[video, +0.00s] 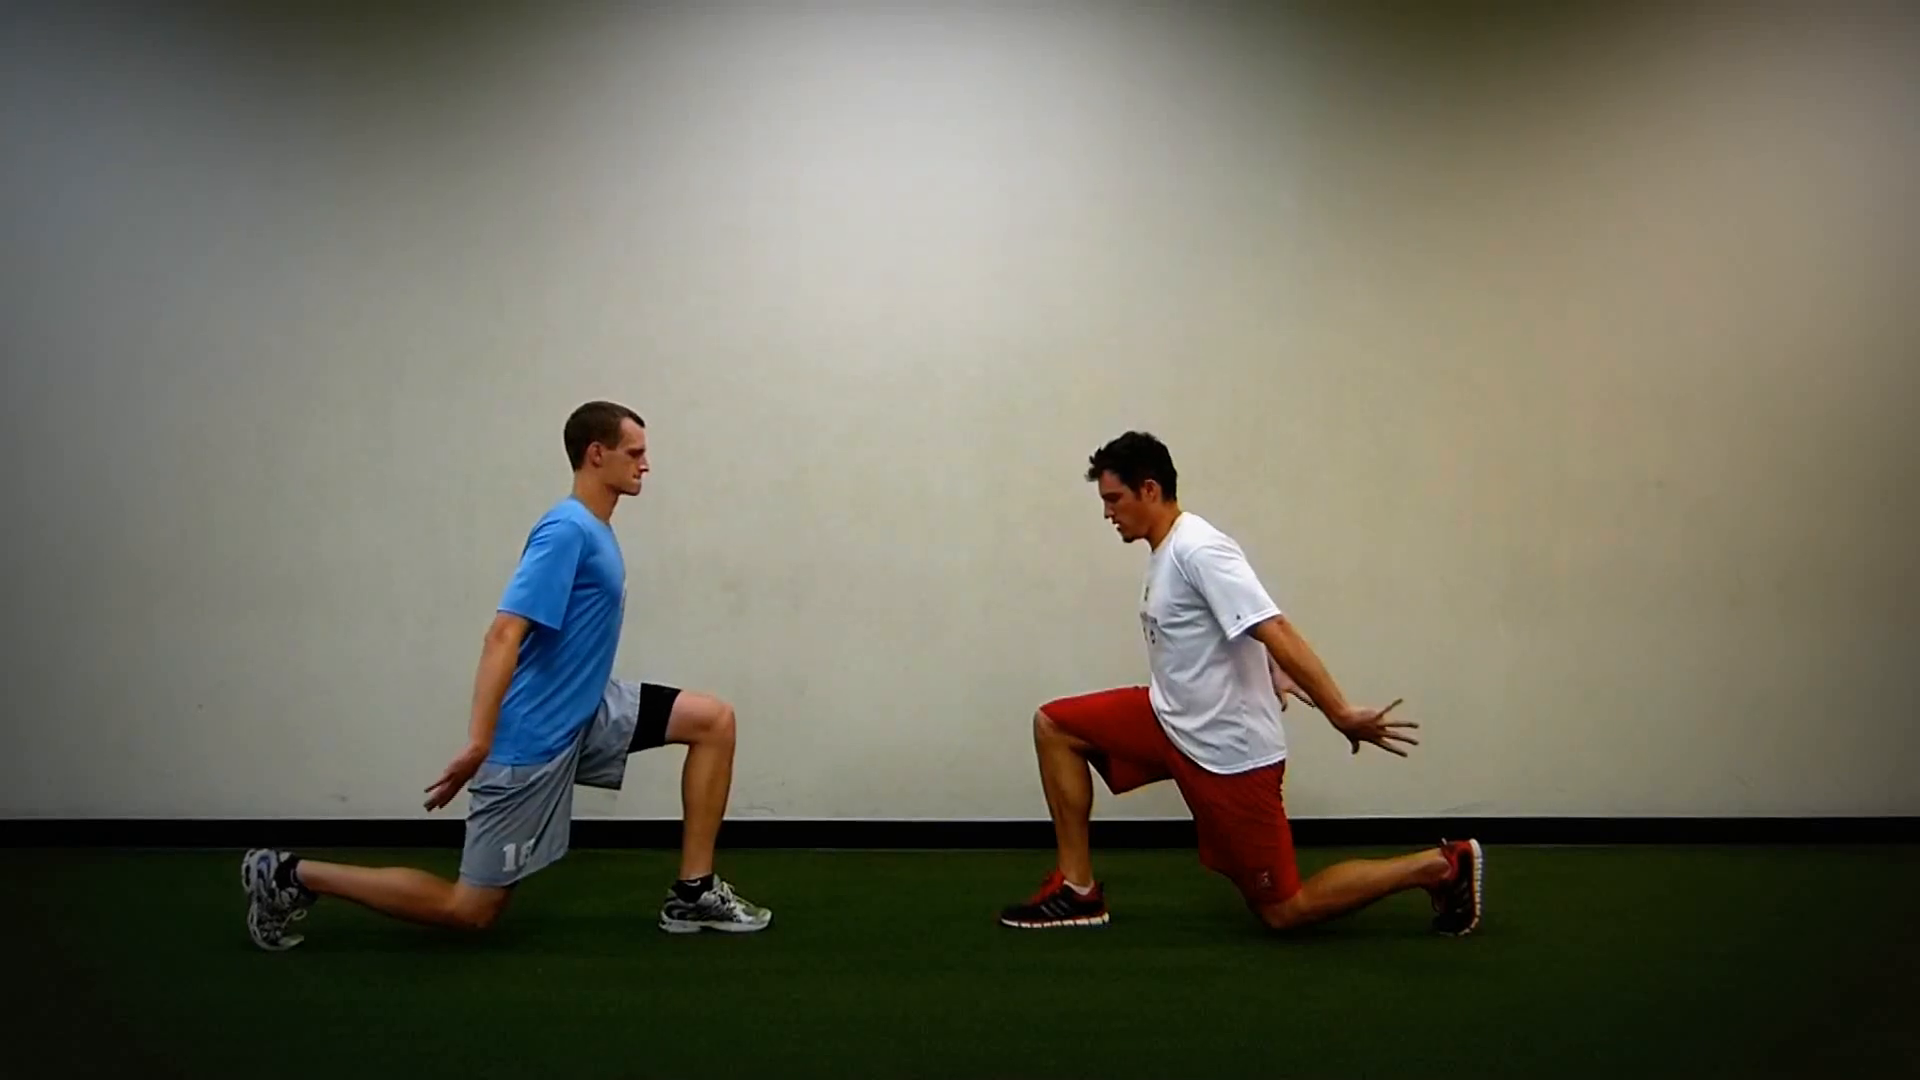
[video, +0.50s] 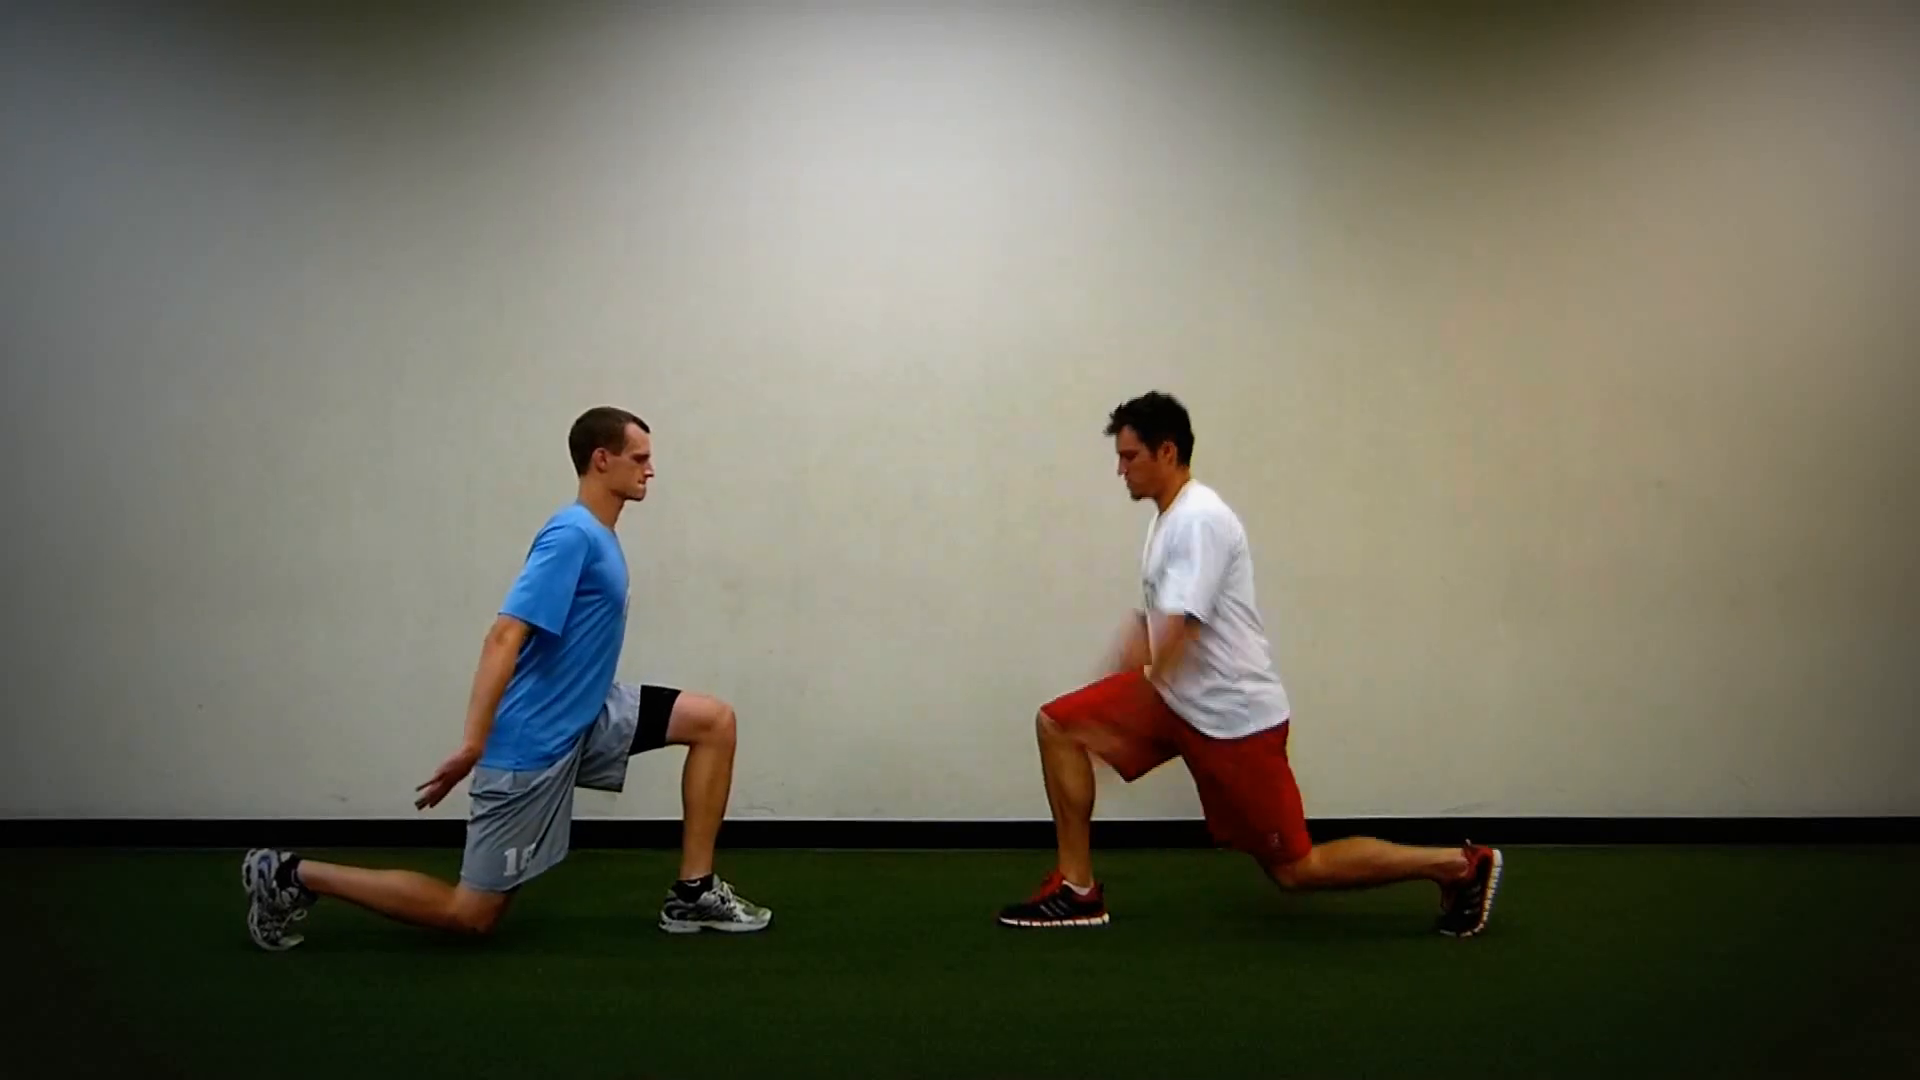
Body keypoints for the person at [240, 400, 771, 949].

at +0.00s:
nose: (645, 466)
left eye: (645, 454)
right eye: (636, 454)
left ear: (602, 458)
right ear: (595, 456)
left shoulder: (594, 529)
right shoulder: (566, 532)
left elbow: (549, 641)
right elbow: (505, 636)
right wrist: (480, 743)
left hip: (587, 707)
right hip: (532, 739)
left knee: (714, 722)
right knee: (472, 910)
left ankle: (696, 892)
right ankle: (290, 876)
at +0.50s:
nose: (650, 472)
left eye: (650, 460)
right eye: (640, 459)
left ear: (608, 464)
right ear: (600, 462)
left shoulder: (599, 537)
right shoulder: (571, 536)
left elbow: (554, 647)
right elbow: (505, 638)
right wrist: (474, 744)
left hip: (588, 711)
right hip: (530, 744)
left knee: (714, 723)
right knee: (474, 914)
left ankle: (696, 892)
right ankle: (292, 876)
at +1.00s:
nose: (639, 218)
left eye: (637, 208)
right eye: (629, 203)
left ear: (606, 218)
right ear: (595, 212)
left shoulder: (617, 270)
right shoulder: (575, 260)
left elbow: (678, 205)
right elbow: (659, 187)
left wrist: (696, 108)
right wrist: (687, 103)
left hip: (599, 500)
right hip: (547, 492)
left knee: (611, 670)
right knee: (485, 662)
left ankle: (616, 840)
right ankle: (369, 807)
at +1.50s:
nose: (667, 401)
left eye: (665, 390)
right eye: (657, 390)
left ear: (626, 398)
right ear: (618, 397)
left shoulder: (630, 477)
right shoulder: (601, 473)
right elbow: (545, 558)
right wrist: (535, 660)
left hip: (567, 661)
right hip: (561, 658)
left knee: (485, 829)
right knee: (709, 735)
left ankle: (319, 857)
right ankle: (652, 904)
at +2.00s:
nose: (663, 239)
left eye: (661, 229)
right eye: (649, 228)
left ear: (648, 245)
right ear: (622, 237)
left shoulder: (652, 298)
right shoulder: (610, 285)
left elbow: (700, 252)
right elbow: (646, 190)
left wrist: (733, 179)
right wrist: (688, 79)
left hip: (564, 499)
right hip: (574, 503)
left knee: (486, 653)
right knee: (581, 685)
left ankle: (381, 800)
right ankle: (612, 862)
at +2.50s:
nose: (664, 382)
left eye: (665, 370)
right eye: (656, 368)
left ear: (625, 370)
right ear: (619, 369)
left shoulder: (635, 441)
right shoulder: (603, 423)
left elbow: (668, 470)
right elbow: (630, 451)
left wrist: (727, 465)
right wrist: (715, 409)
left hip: (614, 641)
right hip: (558, 633)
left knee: (706, 720)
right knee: (489, 813)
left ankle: (664, 882)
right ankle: (312, 867)